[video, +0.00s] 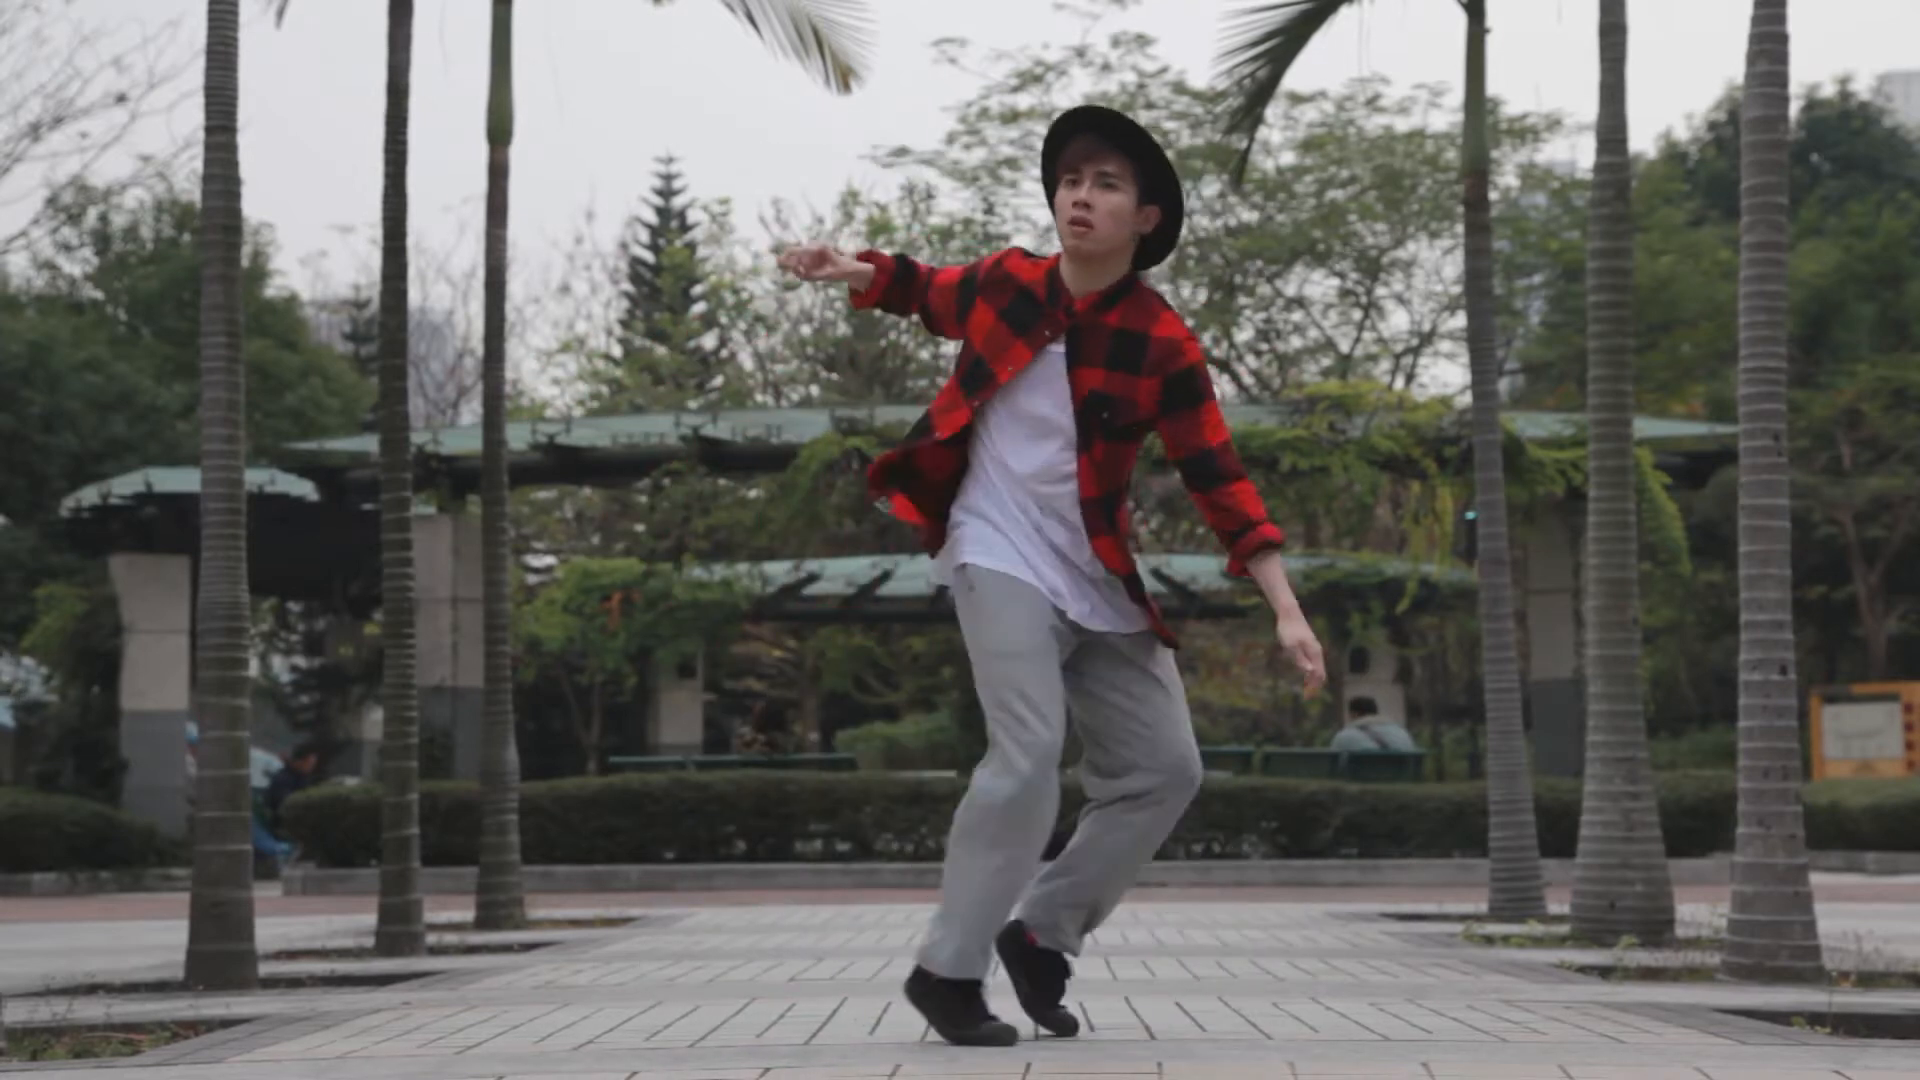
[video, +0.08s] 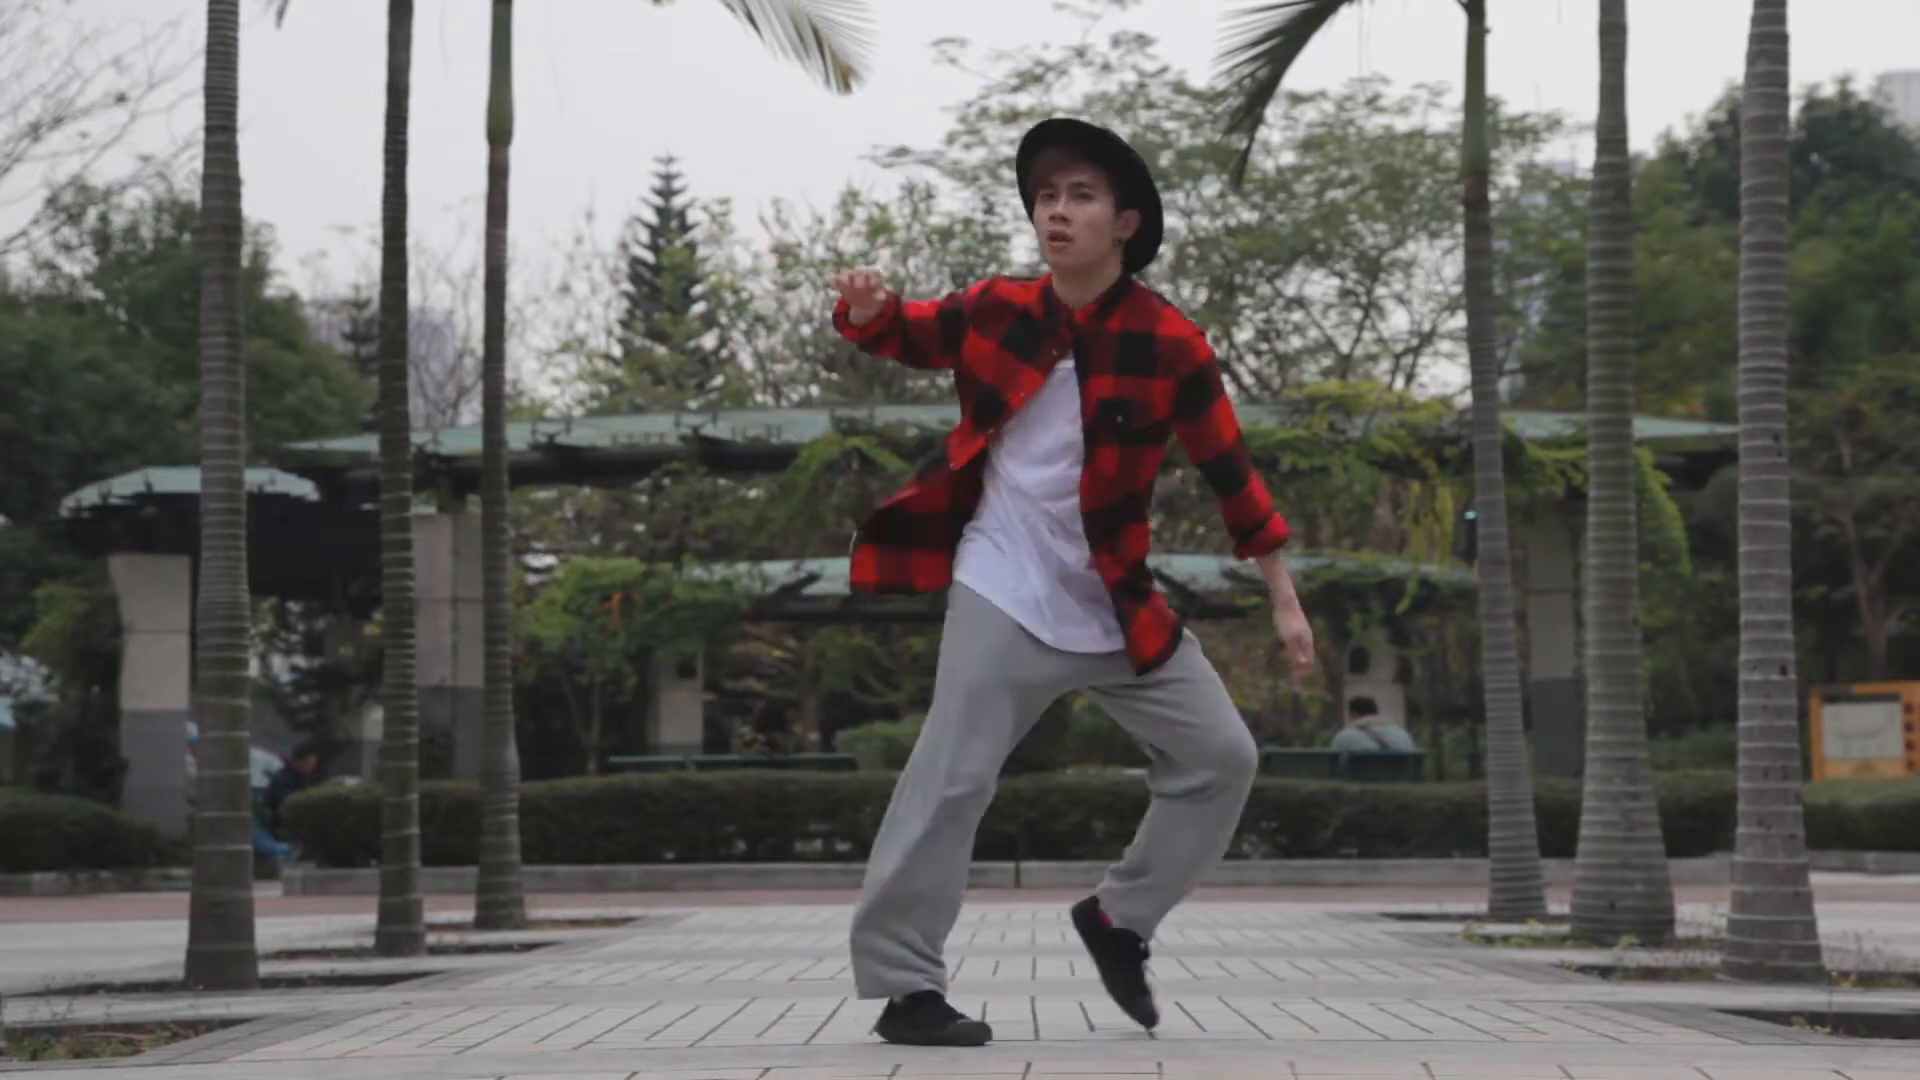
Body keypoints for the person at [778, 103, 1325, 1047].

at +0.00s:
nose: (1080, 197)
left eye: (1106, 185)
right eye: (1070, 182)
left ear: (1148, 219)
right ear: (1051, 202)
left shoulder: (1161, 337)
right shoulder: (1005, 281)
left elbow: (1216, 474)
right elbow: (925, 293)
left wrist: (1286, 607)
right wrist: (849, 268)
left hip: (1093, 564)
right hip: (993, 542)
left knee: (1164, 765)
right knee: (1030, 748)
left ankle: (1041, 935)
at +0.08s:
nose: (1057, 214)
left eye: (1081, 197)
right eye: (1044, 198)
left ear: (1129, 220)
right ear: (1032, 215)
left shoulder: (1170, 343)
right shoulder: (995, 307)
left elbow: (1230, 470)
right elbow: (906, 336)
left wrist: (1285, 597)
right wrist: (867, 309)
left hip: (1110, 587)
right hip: (1001, 572)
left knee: (1222, 755)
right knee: (956, 766)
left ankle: (1120, 916)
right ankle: (907, 985)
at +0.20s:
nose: (1100, 214)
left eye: (1118, 195)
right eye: (1077, 204)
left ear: (1156, 214)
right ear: (1058, 235)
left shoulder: (1220, 324)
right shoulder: (1021, 320)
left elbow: (1260, 398)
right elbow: (914, 411)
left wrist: (1266, 500)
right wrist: (990, 376)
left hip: (1143, 575)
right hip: (1025, 572)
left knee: (1224, 733)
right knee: (980, 763)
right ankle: (937, 975)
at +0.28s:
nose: (1167, 217)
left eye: (1178, 200)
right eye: (1139, 208)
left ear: (1200, 219)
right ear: (1104, 245)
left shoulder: (1240, 312)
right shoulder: (1077, 338)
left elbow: (1272, 359)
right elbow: (1019, 459)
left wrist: (1282, 451)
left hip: (1173, 587)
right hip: (1062, 596)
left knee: (1259, 736)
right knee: (1043, 776)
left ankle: (1291, 944)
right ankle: (996, 944)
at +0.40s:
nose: (1248, 262)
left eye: (1244, 246)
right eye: (1223, 253)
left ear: (1253, 261)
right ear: (1177, 292)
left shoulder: (1236, 370)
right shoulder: (1169, 386)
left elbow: (1261, 420)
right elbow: (1177, 538)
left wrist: (1316, 454)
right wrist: (1293, 590)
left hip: (1201, 624)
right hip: (1114, 634)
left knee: (1293, 776)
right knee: (1157, 868)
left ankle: (1264, 993)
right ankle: (1147, 897)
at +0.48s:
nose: (1276, 298)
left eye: (1273, 282)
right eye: (1255, 286)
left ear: (1217, 318)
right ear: (1202, 314)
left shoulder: (1215, 400)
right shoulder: (1198, 411)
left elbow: (1217, 489)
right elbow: (1218, 559)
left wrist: (1300, 472)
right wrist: (1273, 664)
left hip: (1199, 660)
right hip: (1114, 674)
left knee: (1306, 779)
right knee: (1199, 871)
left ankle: (1269, 992)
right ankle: (1180, 879)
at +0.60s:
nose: (1249, 276)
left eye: (1257, 261)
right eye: (1223, 262)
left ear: (1267, 275)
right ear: (1173, 290)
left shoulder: (1249, 379)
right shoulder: (1162, 378)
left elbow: (1335, 457)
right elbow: (1102, 504)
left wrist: (1313, 410)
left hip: (1189, 635)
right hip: (1094, 633)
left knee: (1257, 780)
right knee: (1181, 772)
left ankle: (1266, 988)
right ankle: (1097, 804)